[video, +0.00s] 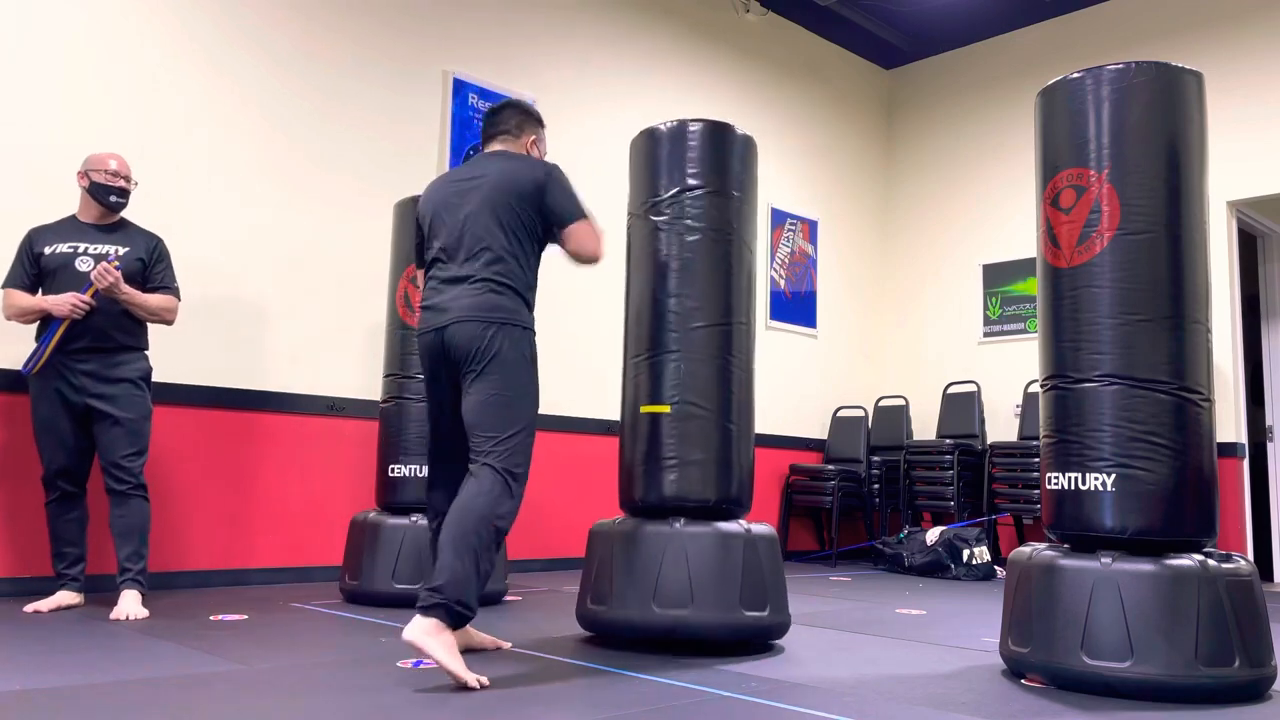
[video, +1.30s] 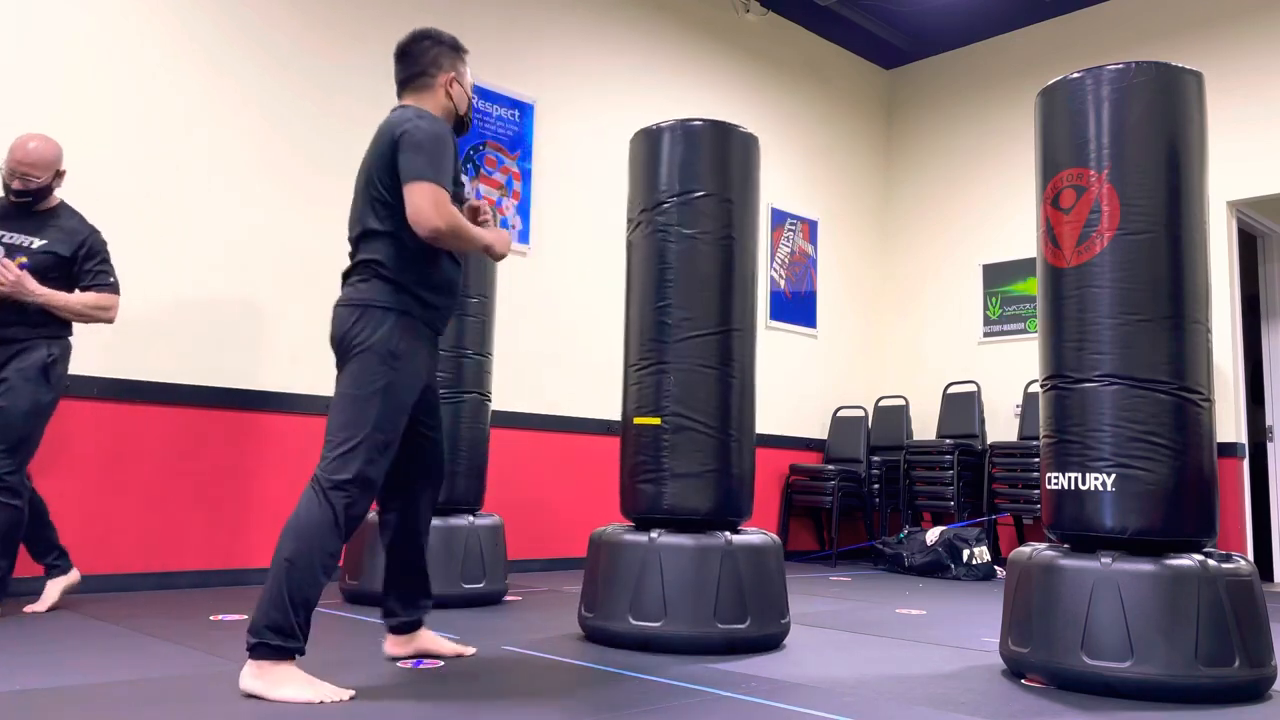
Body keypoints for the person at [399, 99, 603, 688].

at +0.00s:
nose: (543, 153)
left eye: (542, 145)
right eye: (543, 145)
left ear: (484, 140)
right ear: (531, 140)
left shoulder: (437, 187)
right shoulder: (538, 172)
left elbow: (425, 266)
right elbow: (588, 248)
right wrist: (555, 214)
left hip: (434, 329)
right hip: (495, 327)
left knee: (448, 468)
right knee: (496, 468)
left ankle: (457, 617)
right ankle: (435, 618)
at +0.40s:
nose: (549, 119)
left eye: (546, 110)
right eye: (545, 109)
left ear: (498, 111)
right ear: (525, 110)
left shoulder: (481, 163)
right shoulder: (504, 160)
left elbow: (499, 245)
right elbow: (533, 248)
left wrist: (549, 224)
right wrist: (574, 237)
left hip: (492, 345)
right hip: (481, 344)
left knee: (507, 477)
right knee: (452, 486)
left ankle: (440, 604)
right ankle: (399, 649)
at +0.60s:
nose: (550, 134)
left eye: (549, 126)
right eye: (547, 125)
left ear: (491, 125)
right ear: (532, 123)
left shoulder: (468, 180)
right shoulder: (514, 155)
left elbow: (515, 282)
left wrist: (579, 252)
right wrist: (574, 174)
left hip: (450, 329)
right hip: (493, 328)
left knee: (480, 477)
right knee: (498, 480)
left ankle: (447, 615)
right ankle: (416, 630)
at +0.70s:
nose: (547, 140)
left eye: (544, 132)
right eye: (545, 131)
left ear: (487, 133)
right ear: (530, 127)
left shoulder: (443, 188)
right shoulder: (537, 157)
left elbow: (443, 264)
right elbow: (639, 188)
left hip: (435, 323)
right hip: (487, 317)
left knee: (457, 474)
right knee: (464, 476)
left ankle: (445, 621)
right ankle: (409, 634)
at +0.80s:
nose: (539, 134)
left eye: (537, 126)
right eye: (537, 125)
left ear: (480, 125)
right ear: (521, 122)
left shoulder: (439, 182)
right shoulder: (528, 154)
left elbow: (435, 261)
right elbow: (621, 200)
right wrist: (658, 216)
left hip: (429, 321)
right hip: (479, 317)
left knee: (448, 471)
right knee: (453, 473)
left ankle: (444, 622)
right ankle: (404, 634)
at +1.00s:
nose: (505, 114)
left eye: (501, 104)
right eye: (502, 105)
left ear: (444, 111)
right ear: (489, 106)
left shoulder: (410, 173)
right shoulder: (491, 160)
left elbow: (392, 272)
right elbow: (514, 249)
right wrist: (537, 243)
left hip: (408, 319)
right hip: (458, 314)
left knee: (434, 472)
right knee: (442, 470)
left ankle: (441, 623)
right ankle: (322, 611)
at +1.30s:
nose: (471, 94)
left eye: (469, 84)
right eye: (469, 83)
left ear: (413, 82)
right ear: (451, 81)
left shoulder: (403, 129)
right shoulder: (423, 126)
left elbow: (408, 225)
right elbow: (428, 217)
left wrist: (465, 216)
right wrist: (487, 241)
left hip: (400, 319)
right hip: (387, 317)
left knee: (415, 476)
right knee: (343, 482)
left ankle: (405, 630)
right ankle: (269, 658)